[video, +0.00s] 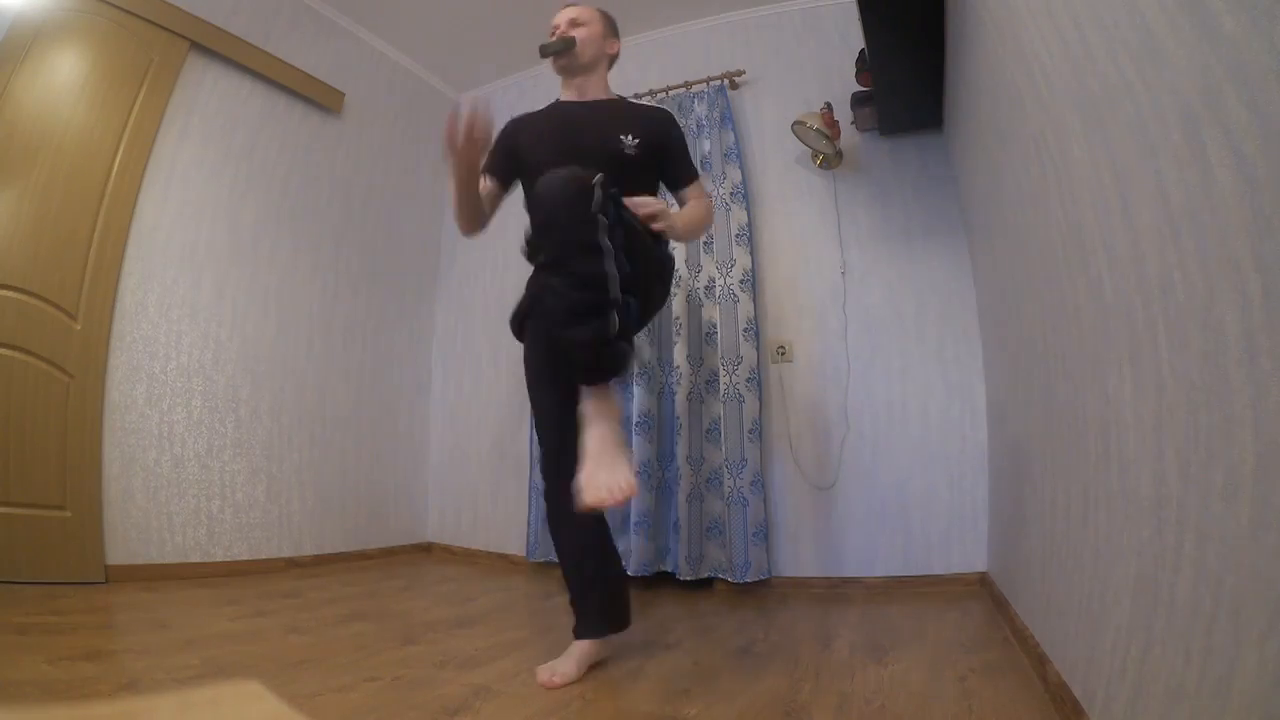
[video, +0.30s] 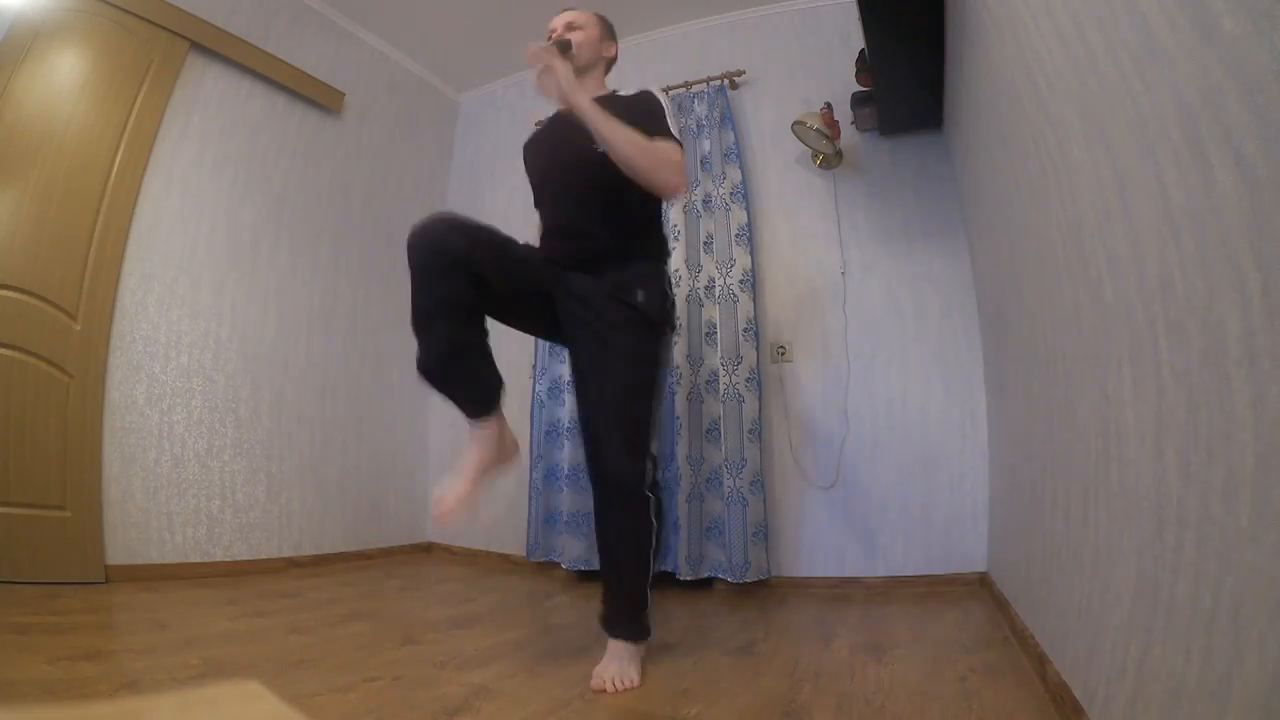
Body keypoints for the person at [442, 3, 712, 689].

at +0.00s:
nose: (561, 26)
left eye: (579, 20)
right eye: (555, 23)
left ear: (612, 48)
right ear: (548, 54)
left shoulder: (652, 122)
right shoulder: (523, 131)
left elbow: (701, 210)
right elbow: (472, 220)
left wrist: (671, 217)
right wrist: (464, 166)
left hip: (634, 281)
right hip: (554, 293)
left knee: (565, 189)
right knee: (563, 461)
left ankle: (600, 408)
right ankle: (596, 622)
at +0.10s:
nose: (555, 10)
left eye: (573, 4)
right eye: (551, 6)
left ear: (606, 25)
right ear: (546, 31)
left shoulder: (648, 92)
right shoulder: (531, 110)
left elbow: (697, 167)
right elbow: (491, 206)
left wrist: (664, 191)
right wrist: (492, 141)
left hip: (633, 246)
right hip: (558, 260)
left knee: (568, 296)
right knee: (530, 427)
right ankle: (557, 609)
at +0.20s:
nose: (554, 13)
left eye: (571, 7)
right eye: (548, 11)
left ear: (604, 28)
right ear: (544, 40)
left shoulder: (642, 89)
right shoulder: (535, 125)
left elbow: (705, 172)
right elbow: (545, 213)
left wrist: (627, 160)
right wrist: (508, 207)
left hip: (624, 274)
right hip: (554, 270)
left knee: (616, 449)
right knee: (445, 312)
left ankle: (627, 625)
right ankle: (507, 480)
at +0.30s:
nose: (557, 36)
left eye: (574, 27)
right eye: (551, 32)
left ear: (610, 51)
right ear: (542, 55)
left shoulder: (637, 108)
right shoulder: (541, 141)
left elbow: (671, 179)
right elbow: (552, 228)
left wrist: (576, 97)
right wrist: (520, 285)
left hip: (624, 302)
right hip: (556, 290)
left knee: (619, 471)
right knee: (437, 241)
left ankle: (624, 636)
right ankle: (489, 431)